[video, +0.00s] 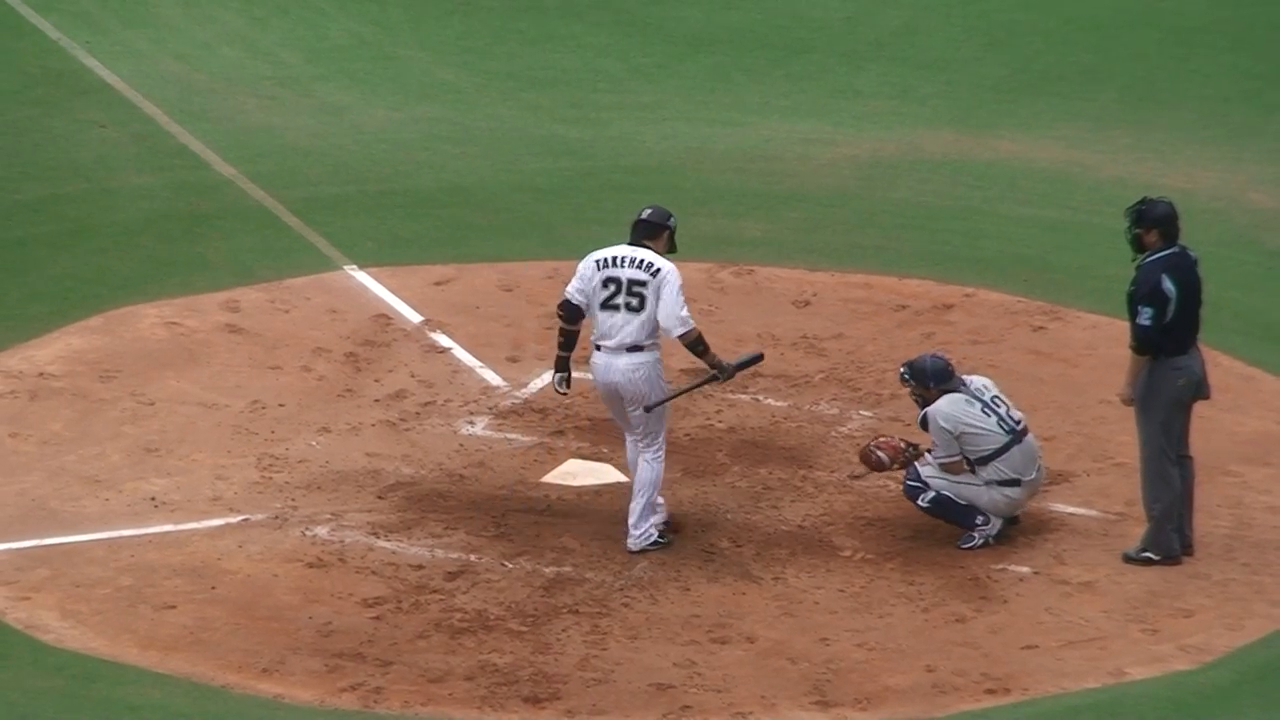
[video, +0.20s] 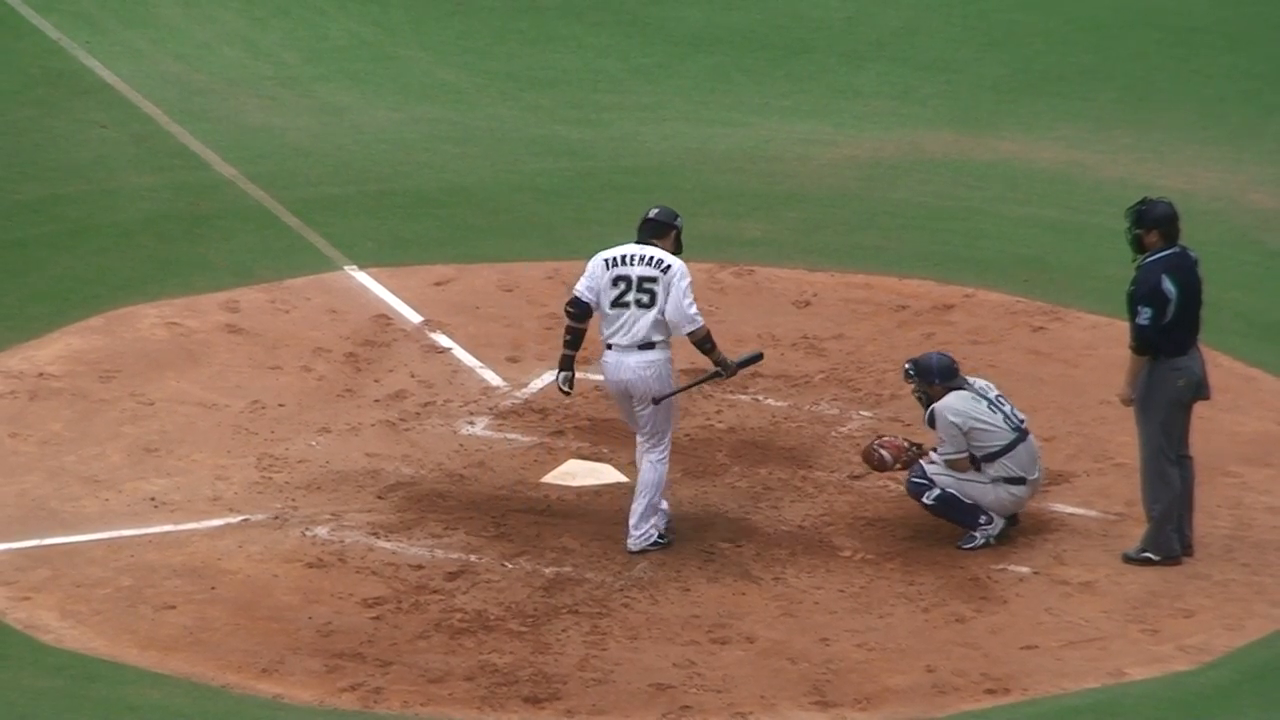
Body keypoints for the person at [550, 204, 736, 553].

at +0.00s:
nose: (669, 245)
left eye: (670, 239)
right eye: (668, 238)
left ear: (635, 233)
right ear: (660, 237)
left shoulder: (596, 260)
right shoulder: (664, 270)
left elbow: (570, 311)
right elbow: (680, 327)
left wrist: (562, 363)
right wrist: (715, 362)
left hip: (601, 366)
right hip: (641, 367)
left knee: (634, 435)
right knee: (651, 448)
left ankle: (652, 510)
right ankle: (640, 532)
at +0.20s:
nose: (679, 243)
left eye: (678, 236)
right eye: (677, 236)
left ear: (641, 233)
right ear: (669, 236)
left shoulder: (604, 259)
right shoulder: (673, 267)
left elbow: (577, 310)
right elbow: (688, 322)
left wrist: (567, 361)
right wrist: (720, 359)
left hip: (612, 364)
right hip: (652, 366)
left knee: (645, 437)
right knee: (654, 449)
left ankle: (655, 511)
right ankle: (641, 533)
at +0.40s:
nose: (675, 244)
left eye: (675, 239)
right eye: (674, 238)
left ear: (638, 236)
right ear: (667, 238)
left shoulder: (604, 266)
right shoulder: (675, 265)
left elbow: (583, 320)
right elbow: (686, 321)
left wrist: (580, 372)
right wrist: (708, 360)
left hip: (621, 367)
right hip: (662, 366)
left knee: (636, 440)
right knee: (683, 439)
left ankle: (645, 515)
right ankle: (657, 514)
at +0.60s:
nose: (663, 245)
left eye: (661, 240)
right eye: (661, 240)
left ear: (628, 240)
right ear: (656, 240)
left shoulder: (602, 273)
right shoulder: (671, 261)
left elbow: (588, 333)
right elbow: (689, 320)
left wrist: (601, 368)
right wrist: (707, 363)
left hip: (632, 365)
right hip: (675, 360)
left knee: (638, 441)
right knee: (684, 441)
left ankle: (649, 522)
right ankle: (681, 524)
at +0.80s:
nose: (659, 243)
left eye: (657, 240)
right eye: (658, 239)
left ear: (622, 242)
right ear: (652, 239)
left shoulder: (602, 274)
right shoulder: (672, 258)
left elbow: (589, 334)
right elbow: (697, 318)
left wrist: (604, 368)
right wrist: (713, 362)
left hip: (637, 366)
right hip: (679, 360)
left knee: (641, 441)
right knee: (689, 426)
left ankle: (649, 522)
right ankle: (675, 490)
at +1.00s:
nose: (663, 244)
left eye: (661, 240)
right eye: (662, 239)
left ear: (627, 241)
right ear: (657, 239)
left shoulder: (605, 274)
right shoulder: (675, 260)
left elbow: (589, 335)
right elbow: (699, 321)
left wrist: (591, 383)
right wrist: (712, 364)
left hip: (637, 365)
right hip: (681, 361)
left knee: (640, 441)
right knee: (690, 437)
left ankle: (648, 522)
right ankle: (685, 521)